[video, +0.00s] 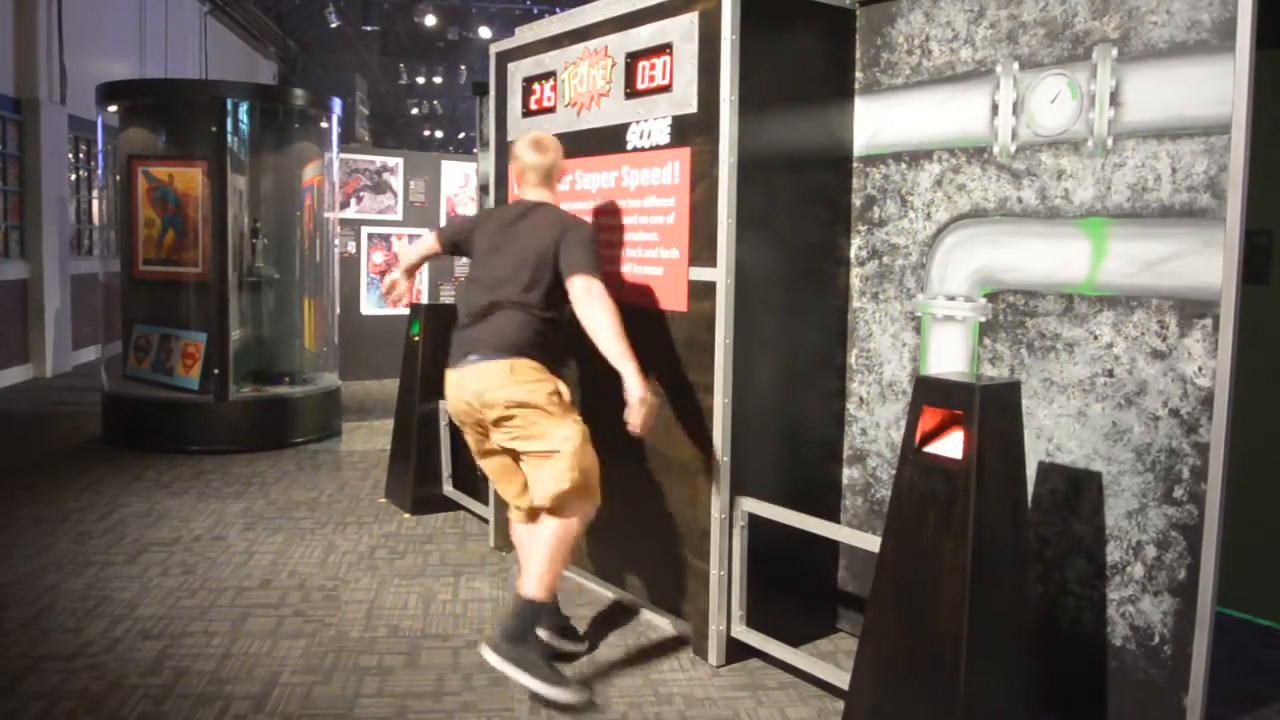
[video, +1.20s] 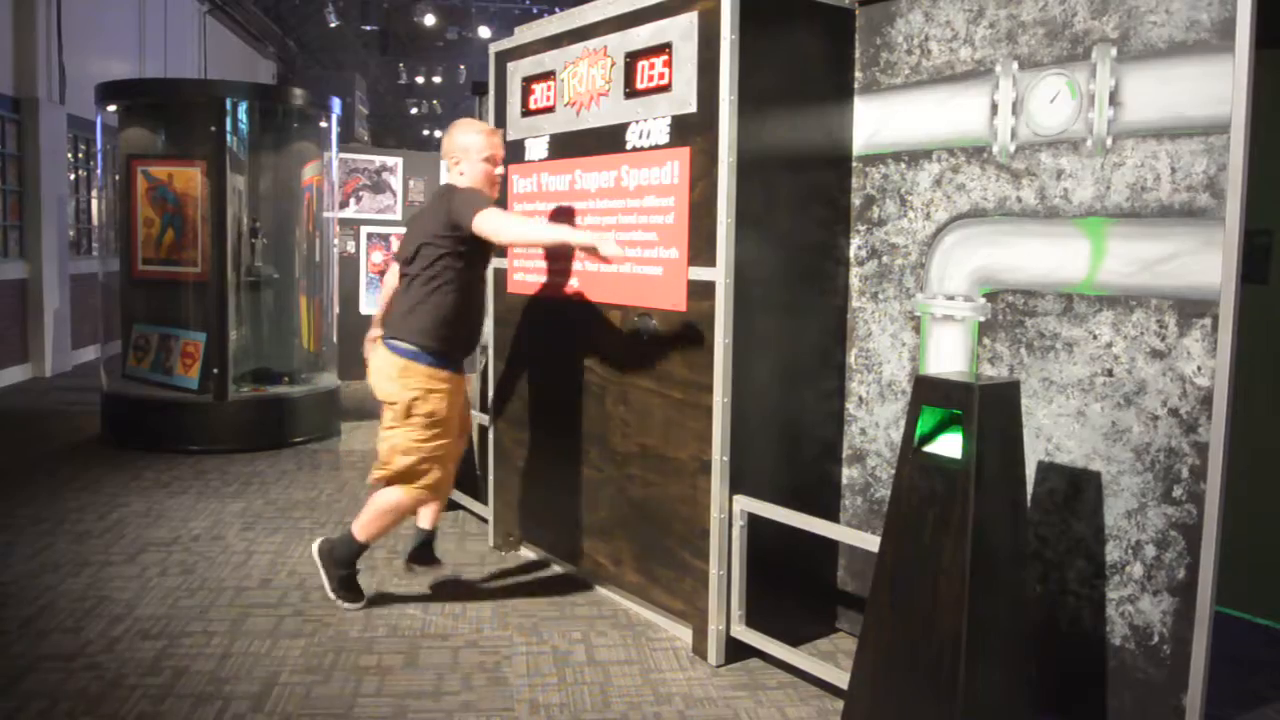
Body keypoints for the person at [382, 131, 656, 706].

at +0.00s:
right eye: (561, 174)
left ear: (513, 178)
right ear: (561, 178)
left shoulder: (483, 222)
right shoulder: (568, 227)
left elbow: (429, 243)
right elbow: (586, 295)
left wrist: (403, 266)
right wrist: (633, 376)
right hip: (517, 371)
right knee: (574, 494)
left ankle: (546, 617)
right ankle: (517, 634)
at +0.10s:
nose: (522, 174)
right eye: (525, 166)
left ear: (480, 171)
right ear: (523, 170)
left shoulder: (448, 216)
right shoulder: (534, 217)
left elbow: (396, 262)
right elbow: (554, 284)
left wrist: (366, 313)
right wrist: (596, 357)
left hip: (432, 370)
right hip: (482, 368)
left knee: (490, 465)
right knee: (554, 469)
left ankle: (499, 569)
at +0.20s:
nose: (487, 195)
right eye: (486, 188)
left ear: (439, 195)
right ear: (484, 191)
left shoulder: (419, 245)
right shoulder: (501, 236)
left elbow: (374, 309)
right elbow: (531, 295)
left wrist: (366, 358)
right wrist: (577, 361)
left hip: (414, 390)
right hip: (467, 389)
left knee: (443, 439)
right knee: (519, 479)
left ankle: (428, 538)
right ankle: (450, 600)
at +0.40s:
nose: (426, 245)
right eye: (426, 239)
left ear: (387, 250)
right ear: (424, 243)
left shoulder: (378, 295)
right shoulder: (444, 284)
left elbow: (367, 340)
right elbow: (479, 341)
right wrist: (516, 394)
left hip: (356, 410)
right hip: (403, 417)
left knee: (378, 453)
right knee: (464, 497)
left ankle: (342, 519)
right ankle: (423, 583)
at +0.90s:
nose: (445, 230)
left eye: (444, 222)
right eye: (438, 223)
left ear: (409, 232)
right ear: (410, 231)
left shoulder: (402, 269)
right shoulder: (406, 264)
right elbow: (416, 278)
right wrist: (476, 303)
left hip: (341, 381)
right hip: (356, 383)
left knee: (374, 442)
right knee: (430, 462)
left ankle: (338, 521)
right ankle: (342, 549)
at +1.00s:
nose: (459, 204)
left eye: (459, 194)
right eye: (450, 195)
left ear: (429, 203)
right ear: (422, 202)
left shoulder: (421, 251)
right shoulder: (410, 239)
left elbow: (372, 307)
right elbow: (440, 249)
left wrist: (345, 354)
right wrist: (508, 259)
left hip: (388, 379)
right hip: (370, 378)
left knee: (371, 454)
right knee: (402, 486)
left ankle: (353, 513)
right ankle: (338, 563)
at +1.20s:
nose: (501, 170)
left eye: (502, 161)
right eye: (492, 161)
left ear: (457, 167)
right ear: (458, 163)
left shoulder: (431, 210)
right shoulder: (461, 201)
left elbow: (395, 276)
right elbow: (504, 229)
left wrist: (376, 327)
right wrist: (577, 238)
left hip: (442, 363)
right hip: (416, 362)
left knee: (450, 448)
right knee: (421, 479)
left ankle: (423, 544)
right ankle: (341, 551)